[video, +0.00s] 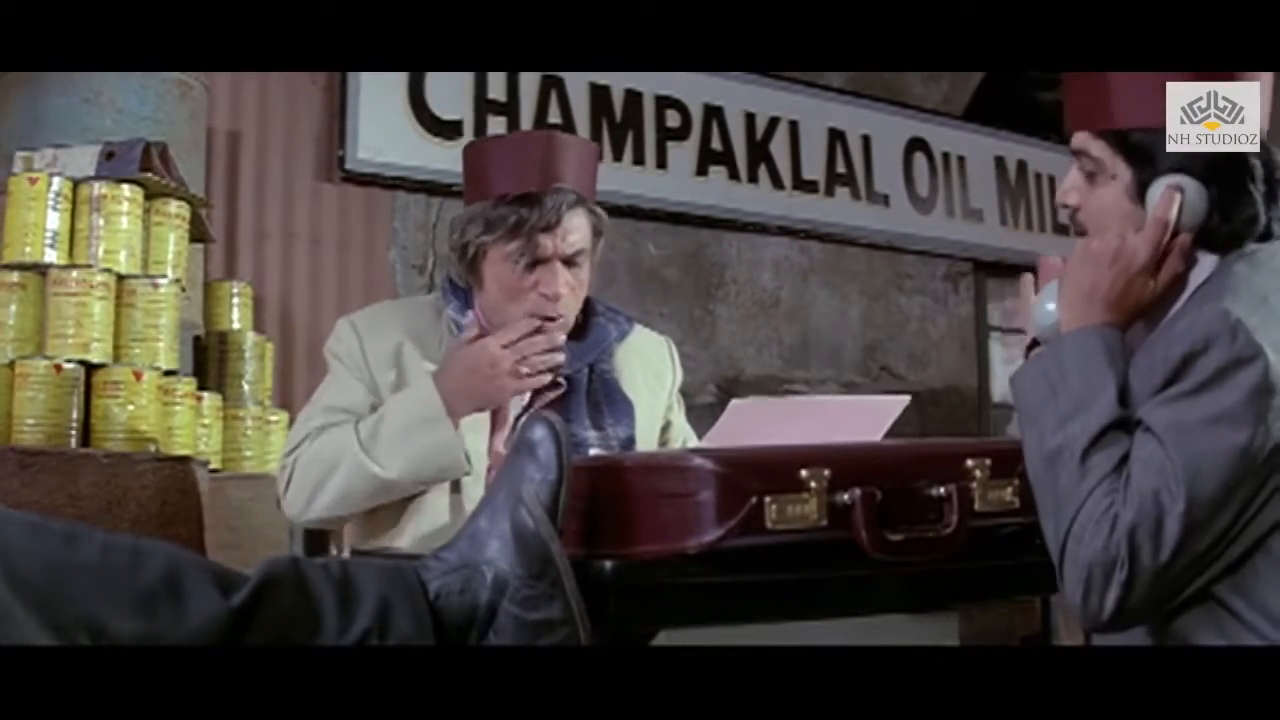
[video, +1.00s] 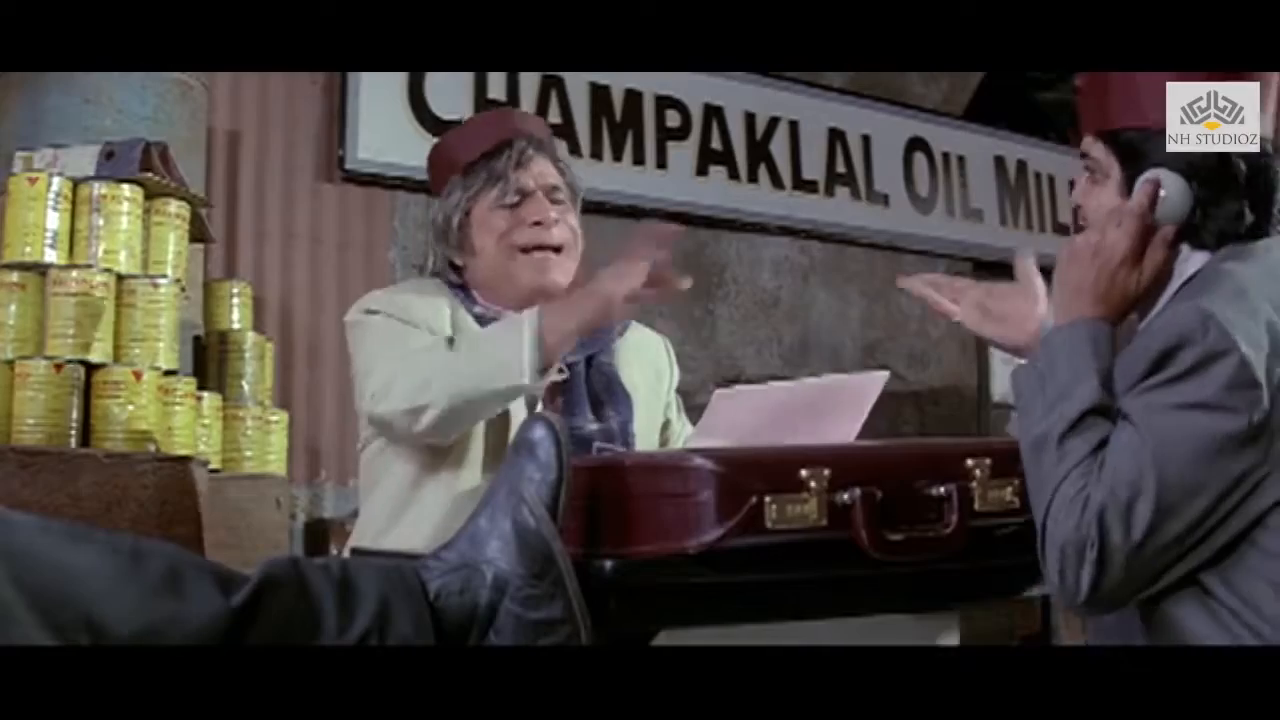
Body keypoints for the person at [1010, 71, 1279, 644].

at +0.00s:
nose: (1063, 197)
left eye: (1092, 173)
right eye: (1073, 169)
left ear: (1171, 207)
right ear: (1170, 207)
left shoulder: (1237, 329)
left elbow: (1108, 576)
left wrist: (1084, 333)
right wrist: (1063, 346)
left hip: (1228, 632)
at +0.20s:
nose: (1064, 200)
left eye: (1092, 176)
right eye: (1072, 172)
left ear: (1173, 203)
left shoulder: (1237, 326)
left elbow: (1109, 570)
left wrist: (1086, 327)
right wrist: (1067, 337)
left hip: (1222, 631)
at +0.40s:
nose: (1059, 215)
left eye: (1085, 191)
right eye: (1062, 186)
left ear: (1170, 208)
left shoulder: (1236, 326)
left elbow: (1115, 576)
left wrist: (1086, 332)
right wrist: (1060, 348)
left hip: (1228, 631)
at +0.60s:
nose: (1058, 223)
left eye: (1082, 196)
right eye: (1061, 193)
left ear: (1168, 211)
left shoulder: (1238, 323)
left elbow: (1114, 573)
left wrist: (1083, 336)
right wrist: (1060, 353)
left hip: (1229, 632)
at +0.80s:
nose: (1067, 219)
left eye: (1085, 190)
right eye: (1069, 189)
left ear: (1164, 205)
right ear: (1165, 206)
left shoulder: (1236, 323)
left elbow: (1113, 568)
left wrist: (1085, 337)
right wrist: (1054, 365)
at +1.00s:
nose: (1076, 201)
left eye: (1094, 175)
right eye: (1082, 173)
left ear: (1161, 198)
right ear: (1166, 199)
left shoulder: (1221, 333)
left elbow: (1086, 558)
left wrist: (1076, 330)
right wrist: (1048, 340)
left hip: (1218, 632)